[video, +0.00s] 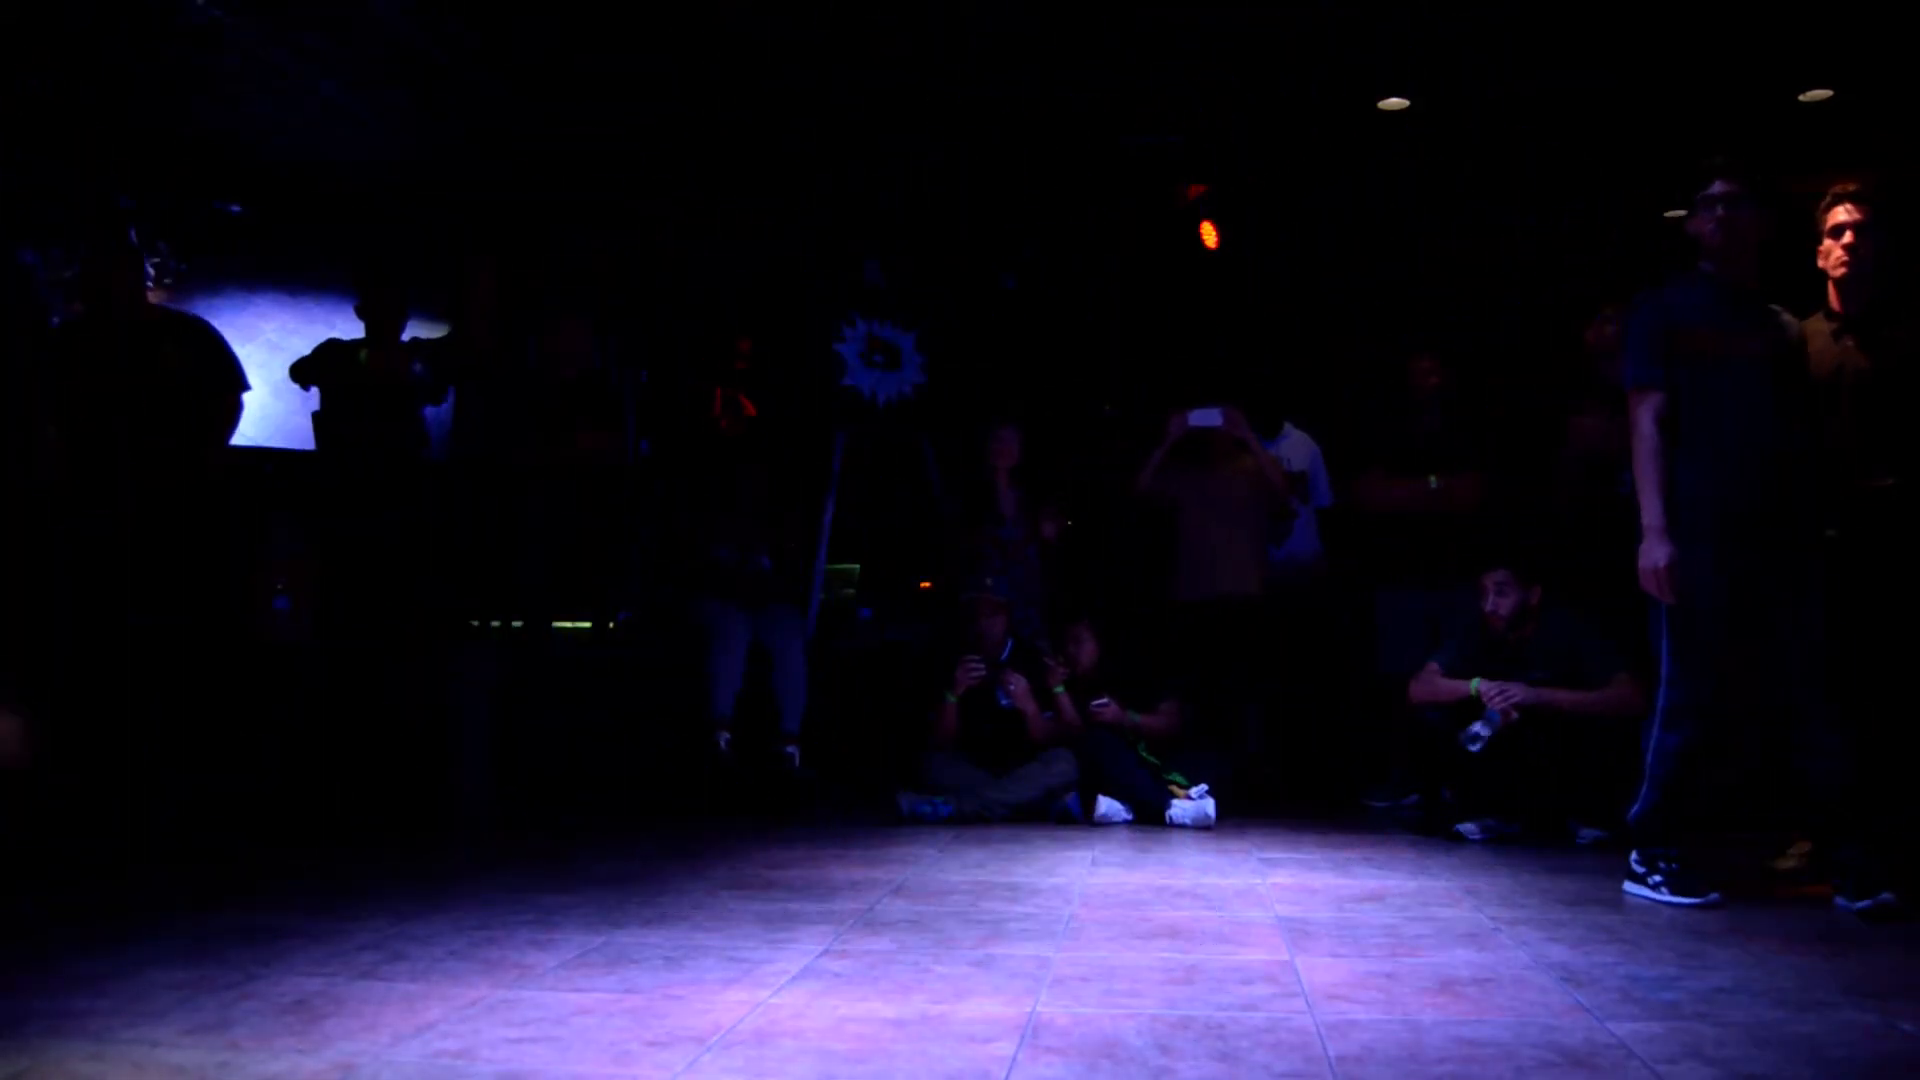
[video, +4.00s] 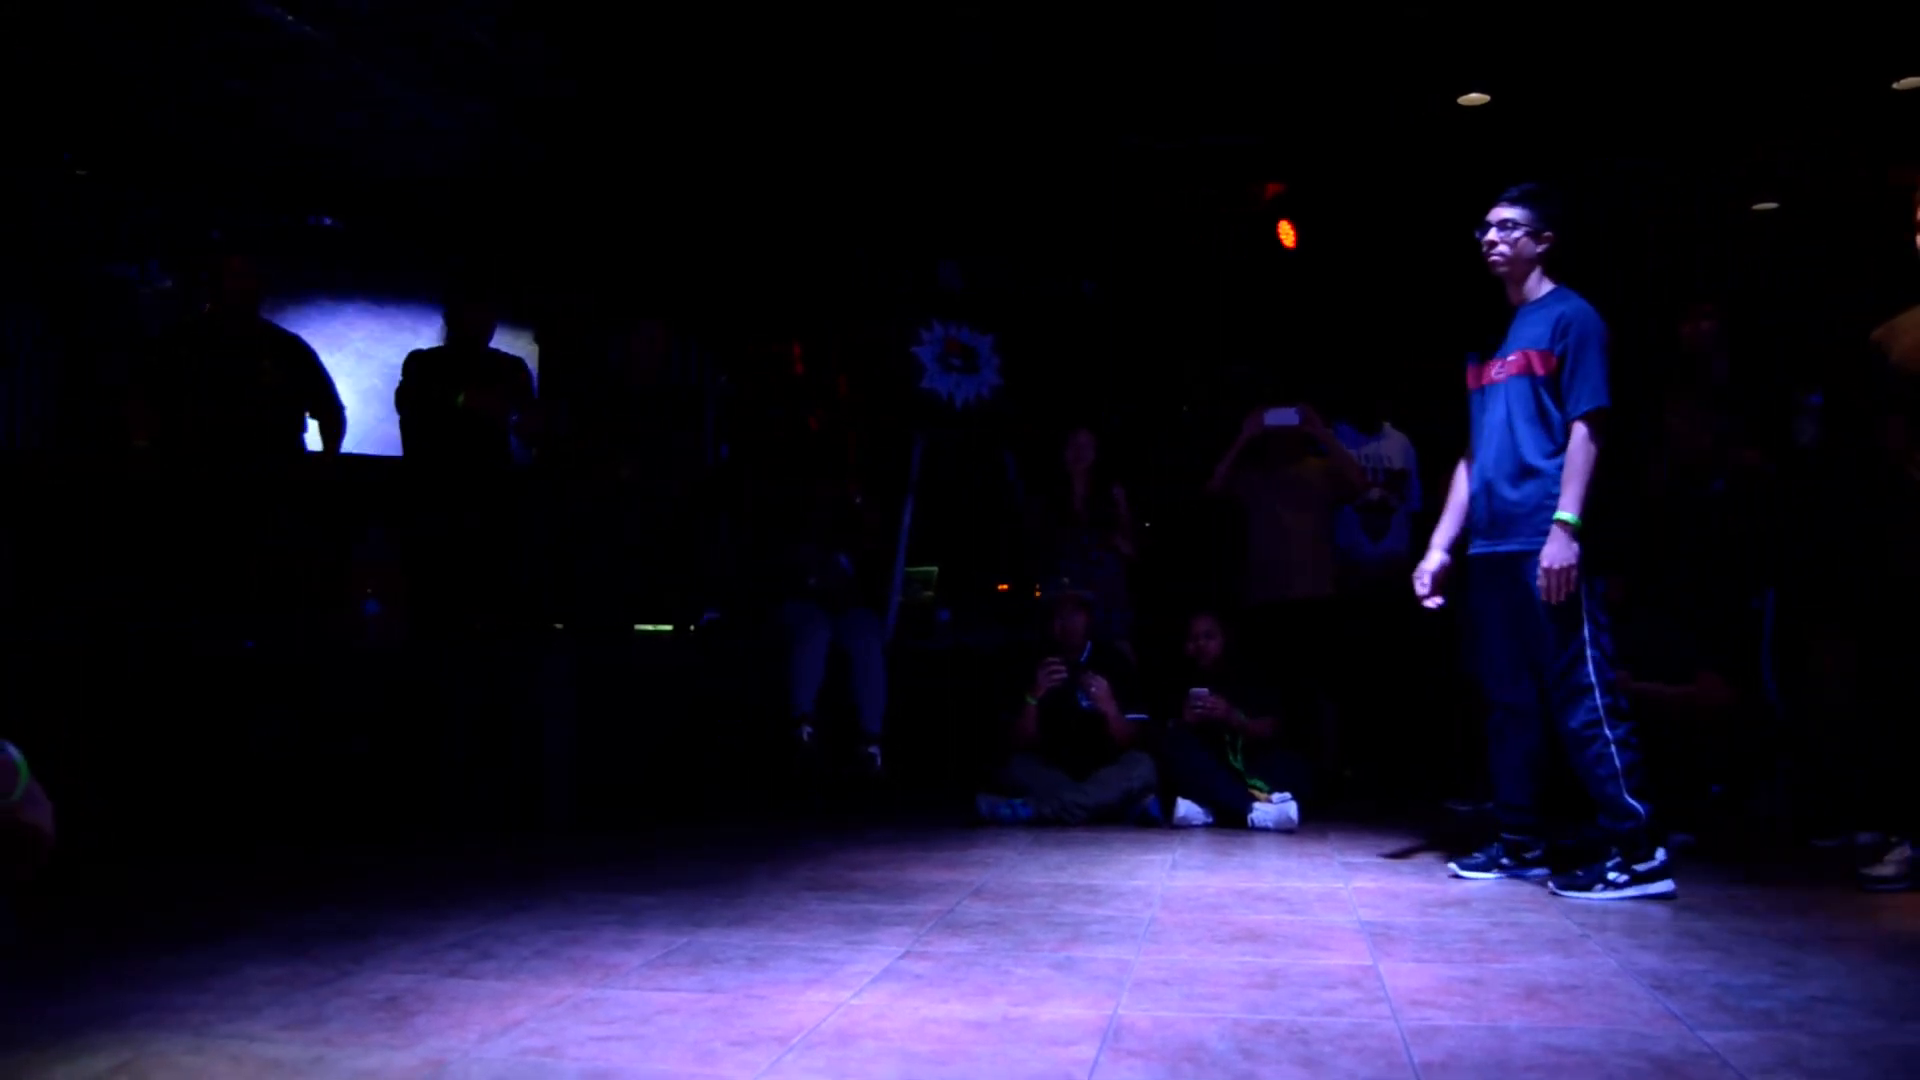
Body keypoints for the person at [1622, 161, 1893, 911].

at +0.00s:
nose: (1716, 219)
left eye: (1732, 207)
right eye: (1705, 207)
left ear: (1761, 224)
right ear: (1688, 225)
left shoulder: (1778, 321)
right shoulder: (1664, 312)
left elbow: (1804, 428)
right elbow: (1647, 425)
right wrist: (1654, 533)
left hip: (1780, 531)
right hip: (1699, 534)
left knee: (1808, 694)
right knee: (1689, 699)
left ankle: (1850, 866)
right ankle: (1653, 856)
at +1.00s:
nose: (1753, 208)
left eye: (1767, 192)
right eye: (1745, 197)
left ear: (1807, 195)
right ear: (1743, 212)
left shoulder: (1861, 281)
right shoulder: (1747, 310)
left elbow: (1893, 407)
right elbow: (1734, 437)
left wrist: (1885, 513)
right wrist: (1716, 544)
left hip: (1839, 522)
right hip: (1760, 525)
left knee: (1851, 696)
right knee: (1748, 692)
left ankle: (1867, 870)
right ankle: (1741, 861)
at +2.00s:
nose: (1647, 226)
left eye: (1661, 211)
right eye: (1639, 215)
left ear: (1697, 216)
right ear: (1636, 229)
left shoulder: (1742, 302)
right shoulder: (1652, 320)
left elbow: (1764, 420)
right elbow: (1643, 442)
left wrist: (1736, 521)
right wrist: (1612, 546)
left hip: (1718, 529)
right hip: (1663, 532)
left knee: (1717, 691)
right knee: (1687, 692)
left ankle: (1774, 873)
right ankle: (1730, 869)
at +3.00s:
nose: (1583, 225)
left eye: (1598, 211)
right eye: (1581, 213)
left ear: (1642, 217)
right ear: (1609, 226)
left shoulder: (1653, 299)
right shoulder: (1647, 297)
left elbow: (1632, 425)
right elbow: (1640, 424)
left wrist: (1580, 526)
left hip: (1649, 520)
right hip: (1657, 514)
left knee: (1638, 684)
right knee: (1672, 675)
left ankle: (1644, 857)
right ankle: (1755, 816)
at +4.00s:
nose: (1492, 240)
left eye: (1508, 229)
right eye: (1489, 230)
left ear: (1543, 240)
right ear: (1487, 245)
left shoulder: (1571, 319)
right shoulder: (1495, 338)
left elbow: (1586, 431)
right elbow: (1475, 456)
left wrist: (1565, 529)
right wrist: (1440, 546)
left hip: (1545, 543)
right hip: (1489, 549)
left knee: (1579, 699)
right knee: (1510, 697)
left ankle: (1637, 850)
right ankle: (1519, 839)